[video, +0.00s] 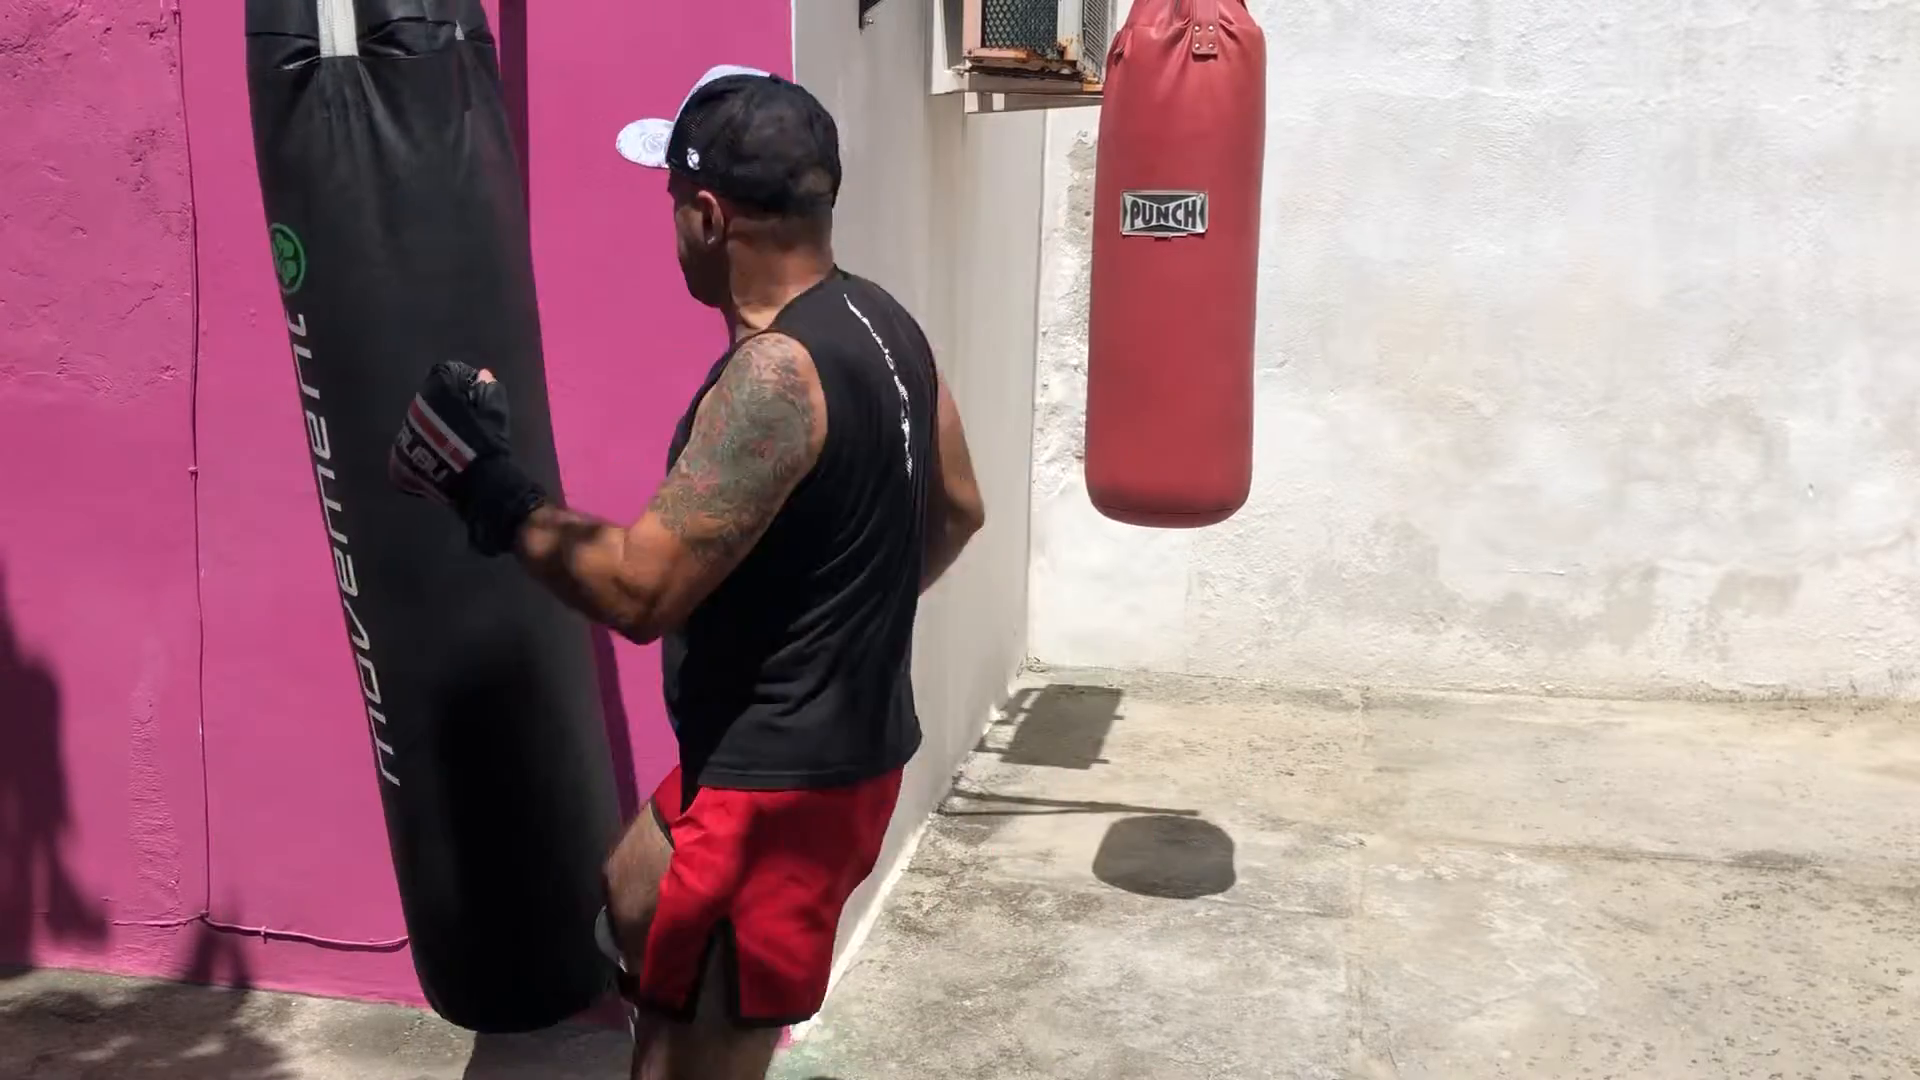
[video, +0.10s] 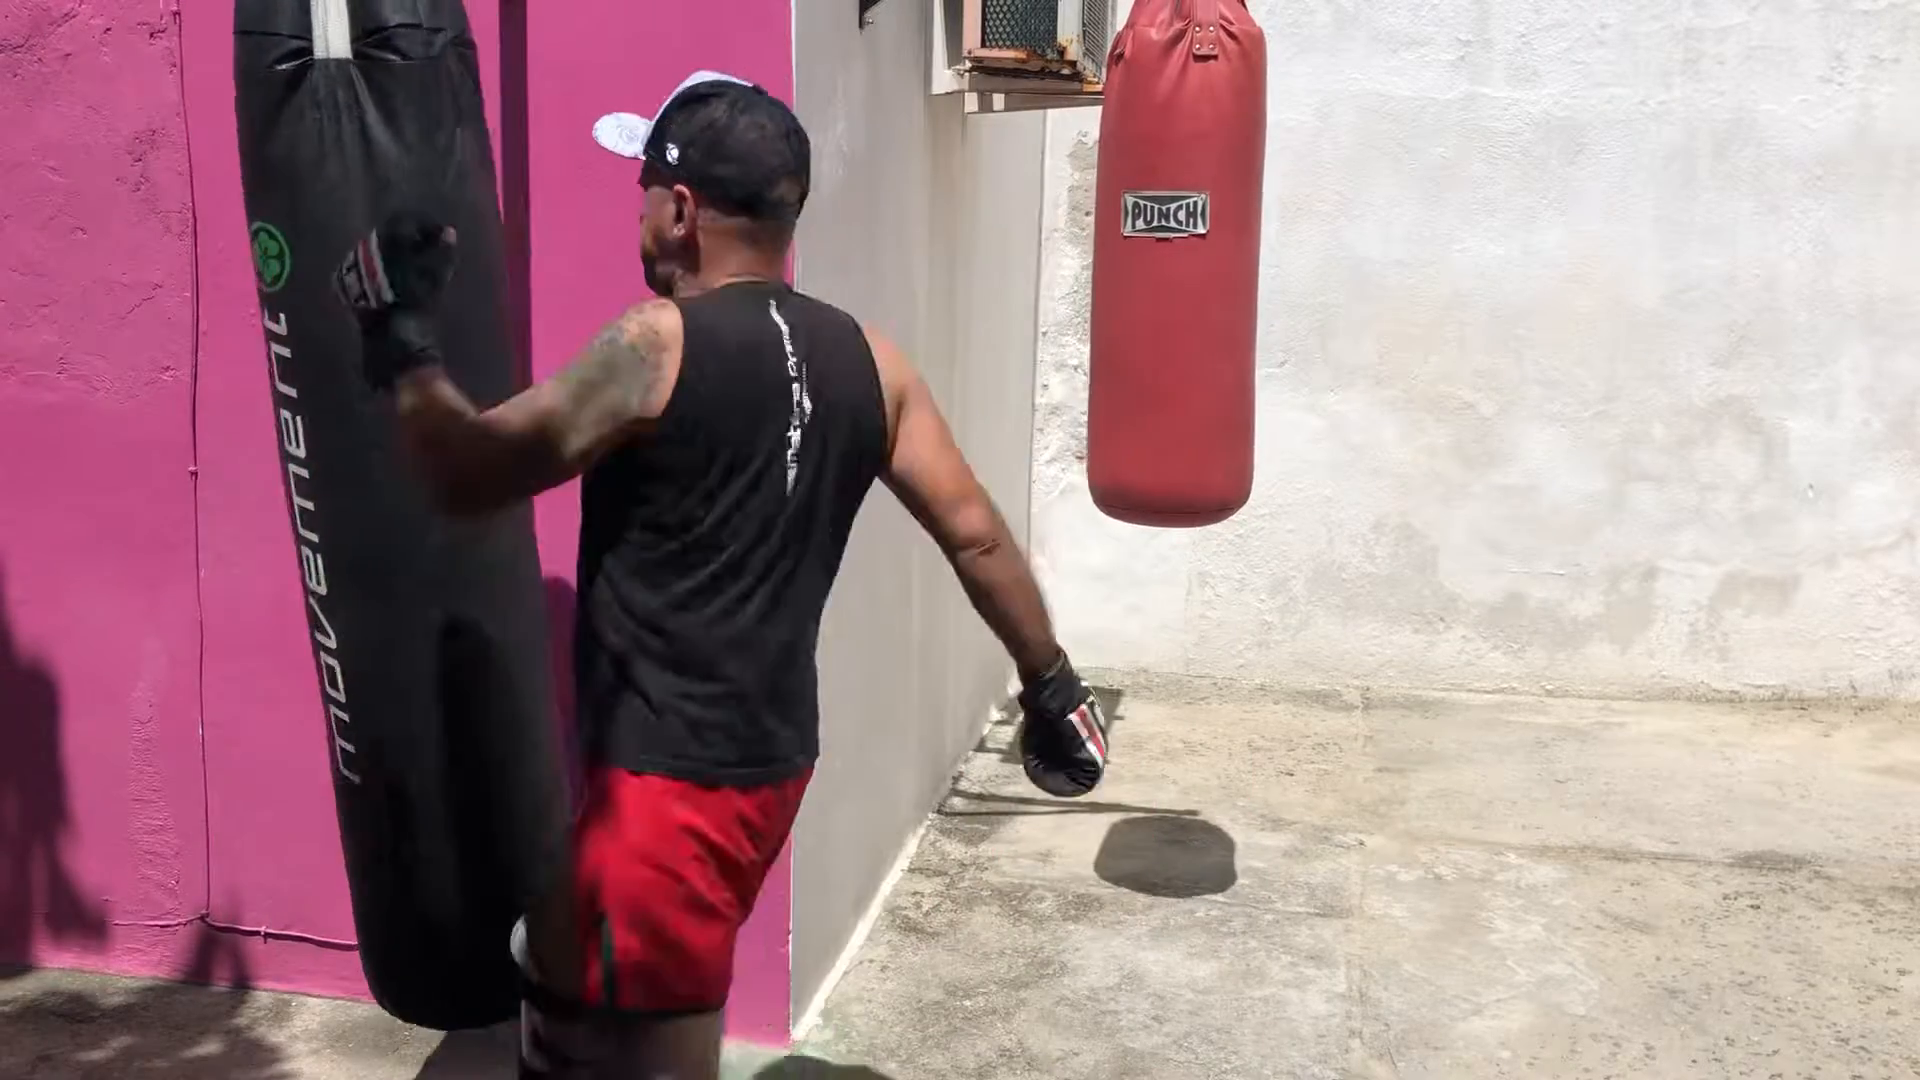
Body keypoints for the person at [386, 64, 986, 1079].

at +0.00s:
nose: (675, 227)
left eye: (675, 201)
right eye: (674, 201)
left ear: (713, 213)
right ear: (816, 204)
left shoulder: (774, 371)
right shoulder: (882, 323)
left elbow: (642, 588)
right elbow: (955, 511)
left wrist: (493, 489)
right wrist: (843, 600)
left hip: (776, 767)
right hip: (838, 731)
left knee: (701, 1056)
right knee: (635, 892)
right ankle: (693, 1049)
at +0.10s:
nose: (640, 219)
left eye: (647, 192)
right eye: (643, 191)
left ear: (682, 208)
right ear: (785, 217)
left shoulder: (655, 343)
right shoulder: (867, 359)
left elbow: (466, 470)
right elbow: (977, 534)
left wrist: (405, 342)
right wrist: (1051, 682)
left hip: (661, 769)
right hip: (766, 763)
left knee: (669, 1047)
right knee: (563, 998)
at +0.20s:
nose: (589, 192)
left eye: (598, 172)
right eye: (597, 170)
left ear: (630, 199)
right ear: (734, 203)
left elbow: (408, 355)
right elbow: (915, 516)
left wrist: (382, 264)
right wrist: (1017, 555)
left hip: (592, 720)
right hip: (696, 723)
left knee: (596, 1022)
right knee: (484, 937)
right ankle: (525, 1047)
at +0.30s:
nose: (531, 153)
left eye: (542, 134)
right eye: (541, 132)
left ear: (574, 158)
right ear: (677, 174)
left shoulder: (563, 281)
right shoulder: (715, 298)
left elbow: (380, 366)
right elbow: (772, 431)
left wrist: (381, 272)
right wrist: (677, 336)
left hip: (584, 701)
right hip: (658, 690)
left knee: (510, 1036)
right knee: (501, 1009)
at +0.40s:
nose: (510, 162)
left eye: (521, 140)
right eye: (518, 138)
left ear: (555, 162)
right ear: (640, 173)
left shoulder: (596, 297)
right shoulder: (632, 282)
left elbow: (392, 420)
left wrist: (416, 313)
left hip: (580, 720)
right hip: (555, 705)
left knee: (494, 1039)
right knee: (459, 986)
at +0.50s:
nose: (494, 181)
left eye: (500, 157)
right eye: (500, 158)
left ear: (530, 164)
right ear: (629, 177)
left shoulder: (515, 272)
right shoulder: (666, 306)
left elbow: (346, 396)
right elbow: (676, 476)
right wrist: (494, 459)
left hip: (555, 709)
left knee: (514, 1040)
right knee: (422, 919)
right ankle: (534, 1053)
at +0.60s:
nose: (469, 217)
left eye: (480, 191)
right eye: (474, 193)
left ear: (525, 198)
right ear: (600, 220)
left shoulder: (506, 285)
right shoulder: (677, 366)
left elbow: (331, 422)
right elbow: (744, 551)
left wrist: (441, 357)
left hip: (535, 721)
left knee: (522, 1042)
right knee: (399, 940)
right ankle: (506, 1079)